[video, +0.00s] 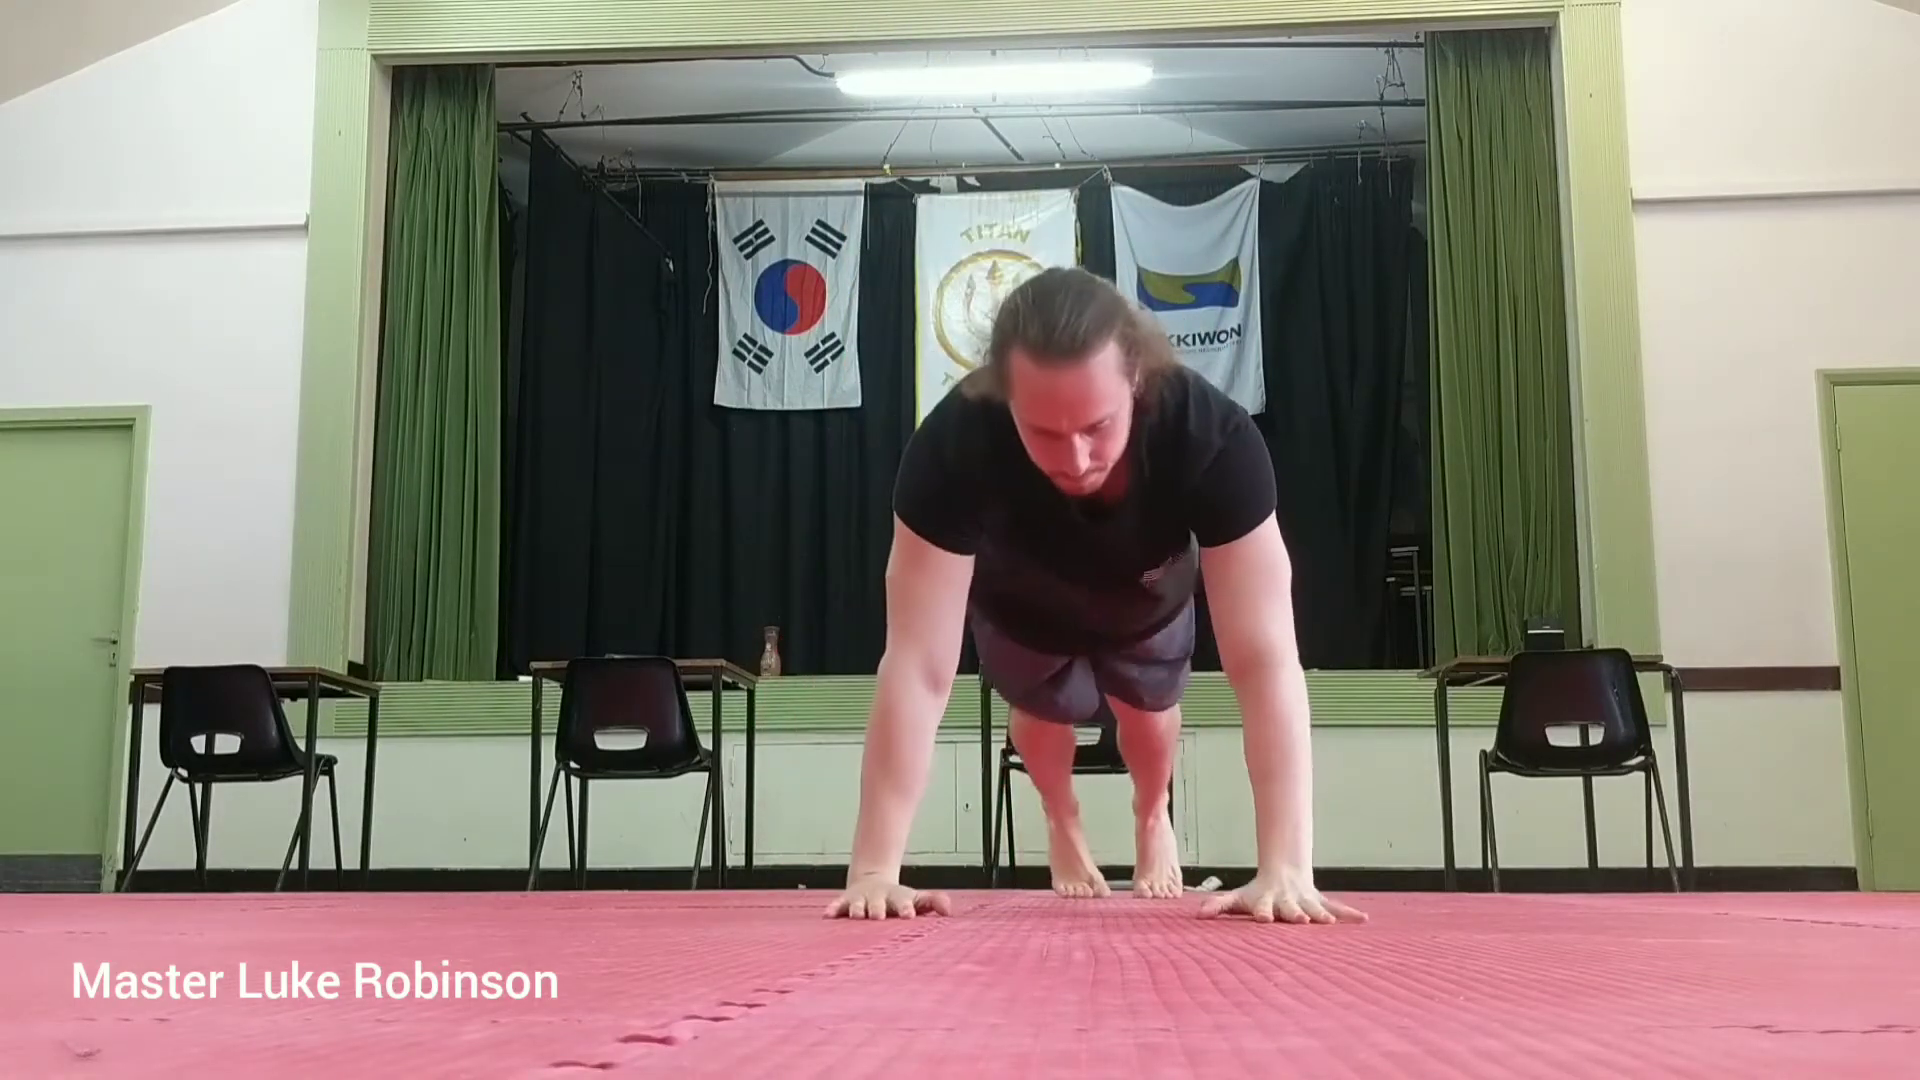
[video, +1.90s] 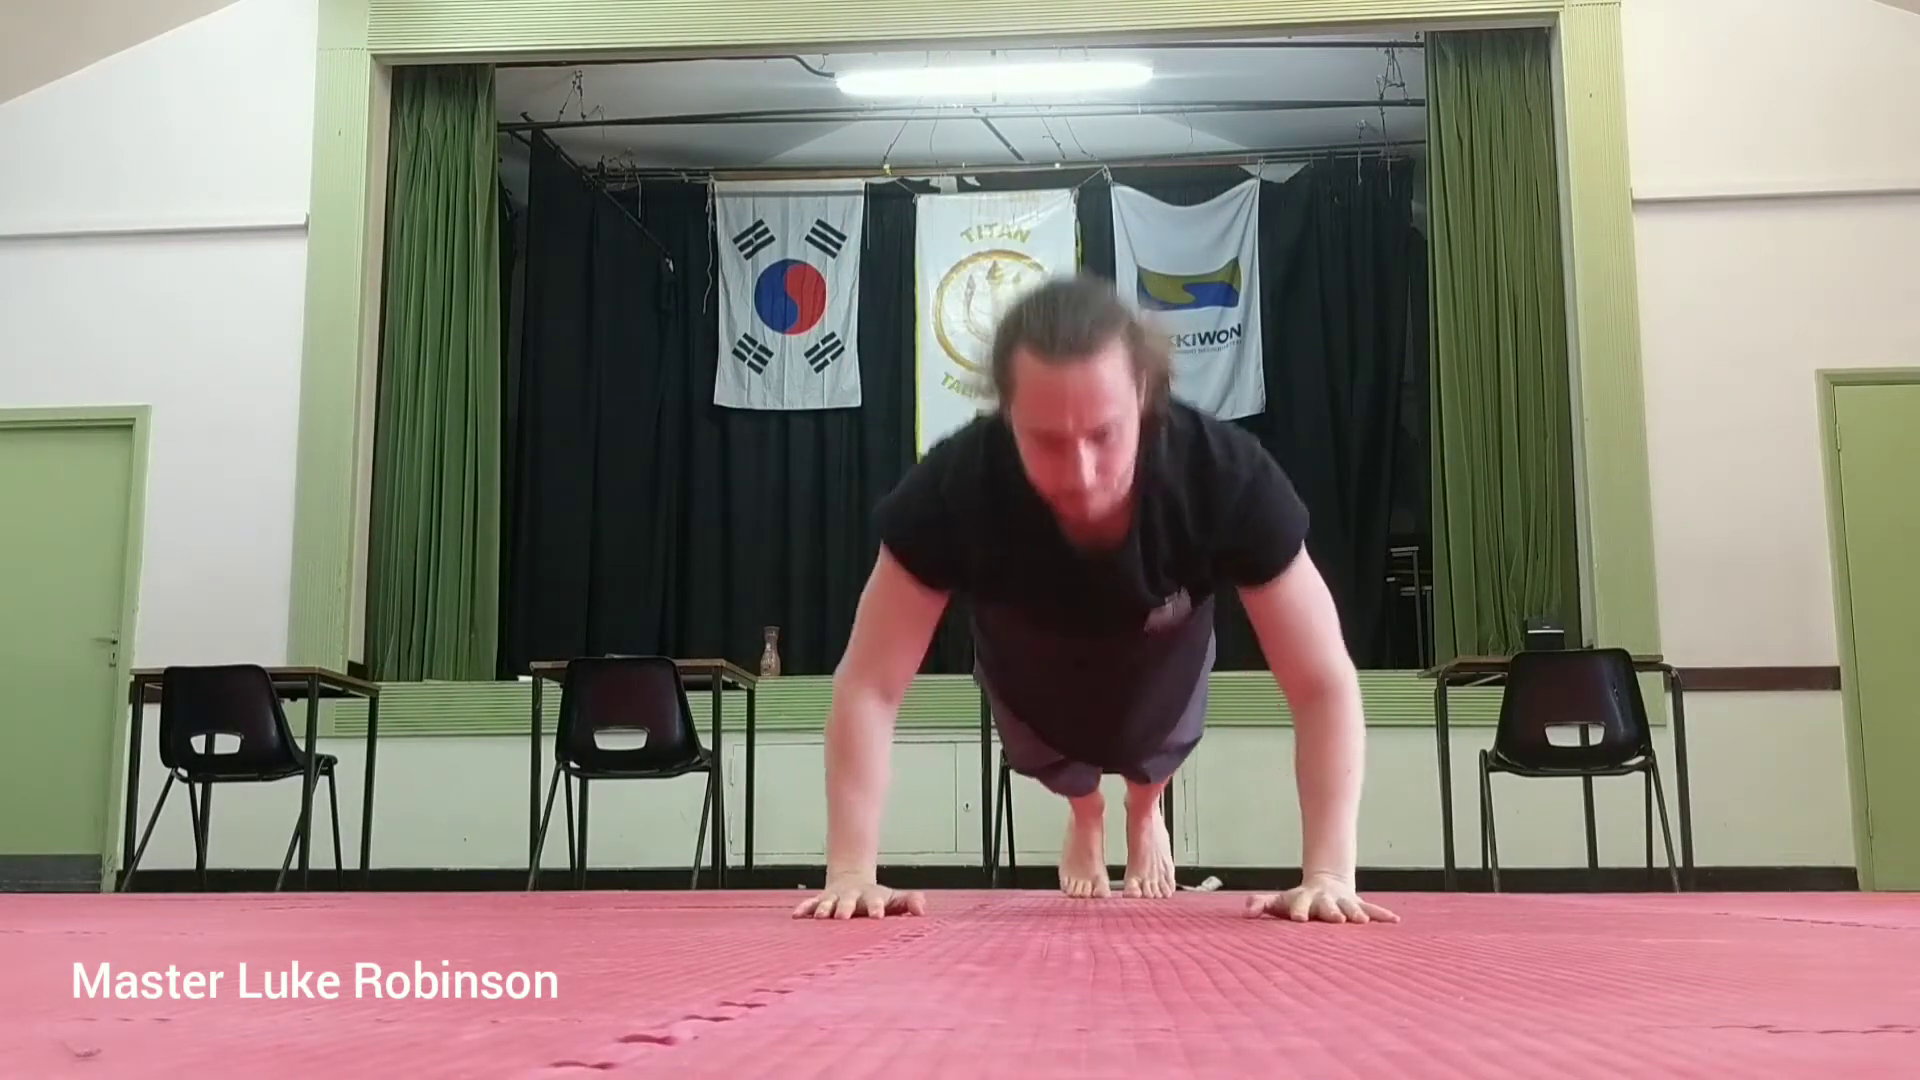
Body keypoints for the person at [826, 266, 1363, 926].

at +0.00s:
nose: (1077, 459)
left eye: (1098, 429)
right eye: (1048, 434)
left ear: (1137, 383)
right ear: (1008, 400)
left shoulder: (1213, 444)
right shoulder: (956, 448)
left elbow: (1265, 663)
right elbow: (917, 669)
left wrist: (1285, 868)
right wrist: (873, 871)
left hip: (1148, 614)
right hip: (1025, 618)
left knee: (1151, 715)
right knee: (1044, 723)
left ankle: (1153, 822)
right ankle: (1063, 825)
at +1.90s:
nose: (1078, 469)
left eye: (1102, 435)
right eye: (1050, 441)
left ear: (1145, 403)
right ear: (1008, 416)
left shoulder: (1226, 481)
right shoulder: (955, 492)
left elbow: (1325, 688)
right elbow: (868, 688)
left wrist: (1331, 875)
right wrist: (850, 876)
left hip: (1165, 669)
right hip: (1032, 678)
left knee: (1152, 760)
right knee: (1066, 767)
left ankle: (1144, 813)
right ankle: (1087, 817)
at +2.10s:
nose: (1076, 702)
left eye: (1101, 669)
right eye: (1048, 674)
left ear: (1149, 629)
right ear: (1003, 642)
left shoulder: (1236, 643)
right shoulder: (948, 664)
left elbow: (1375, 715)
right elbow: (808, 723)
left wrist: (1336, 875)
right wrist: (844, 875)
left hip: (1165, 789)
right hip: (1031, 802)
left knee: (1153, 820)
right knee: (1060, 836)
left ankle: (1150, 850)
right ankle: (1079, 858)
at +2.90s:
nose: (1081, 417)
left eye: (1104, 382)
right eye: (1050, 389)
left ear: (1144, 360)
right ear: (1010, 377)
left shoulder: (1225, 465)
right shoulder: (955, 480)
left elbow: (1321, 675)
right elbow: (863, 682)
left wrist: (1328, 874)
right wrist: (850, 875)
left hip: (1165, 679)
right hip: (1038, 683)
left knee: (1158, 759)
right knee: (1068, 765)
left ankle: (1153, 816)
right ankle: (1085, 816)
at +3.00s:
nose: (1084, 404)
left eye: (1106, 367)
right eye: (1051, 374)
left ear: (1145, 342)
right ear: (1009, 358)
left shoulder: (1229, 453)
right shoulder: (950, 469)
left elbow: (1302, 670)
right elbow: (882, 674)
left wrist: (1326, 875)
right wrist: (855, 869)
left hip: (1168, 663)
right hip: (1038, 668)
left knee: (1160, 751)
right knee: (1066, 759)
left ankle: (1152, 817)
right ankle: (1086, 818)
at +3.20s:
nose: (1087, 582)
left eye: (1109, 545)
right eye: (1056, 554)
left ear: (1149, 512)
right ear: (1012, 532)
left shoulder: (1232, 562)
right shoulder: (951, 583)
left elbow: (1356, 710)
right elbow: (837, 723)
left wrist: (1333, 877)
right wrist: (850, 879)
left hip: (1171, 759)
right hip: (1042, 767)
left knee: (1159, 808)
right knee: (1073, 814)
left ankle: (1151, 838)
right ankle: (1085, 842)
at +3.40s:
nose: (1074, 765)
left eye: (1099, 729)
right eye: (1042, 732)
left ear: (1149, 690)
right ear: (1000, 697)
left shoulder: (1233, 695)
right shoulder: (948, 711)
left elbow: (1381, 709)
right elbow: (809, 721)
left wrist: (1334, 876)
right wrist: (846, 873)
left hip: (1173, 854)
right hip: (1022, 867)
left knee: (1160, 869)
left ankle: (1153, 878)